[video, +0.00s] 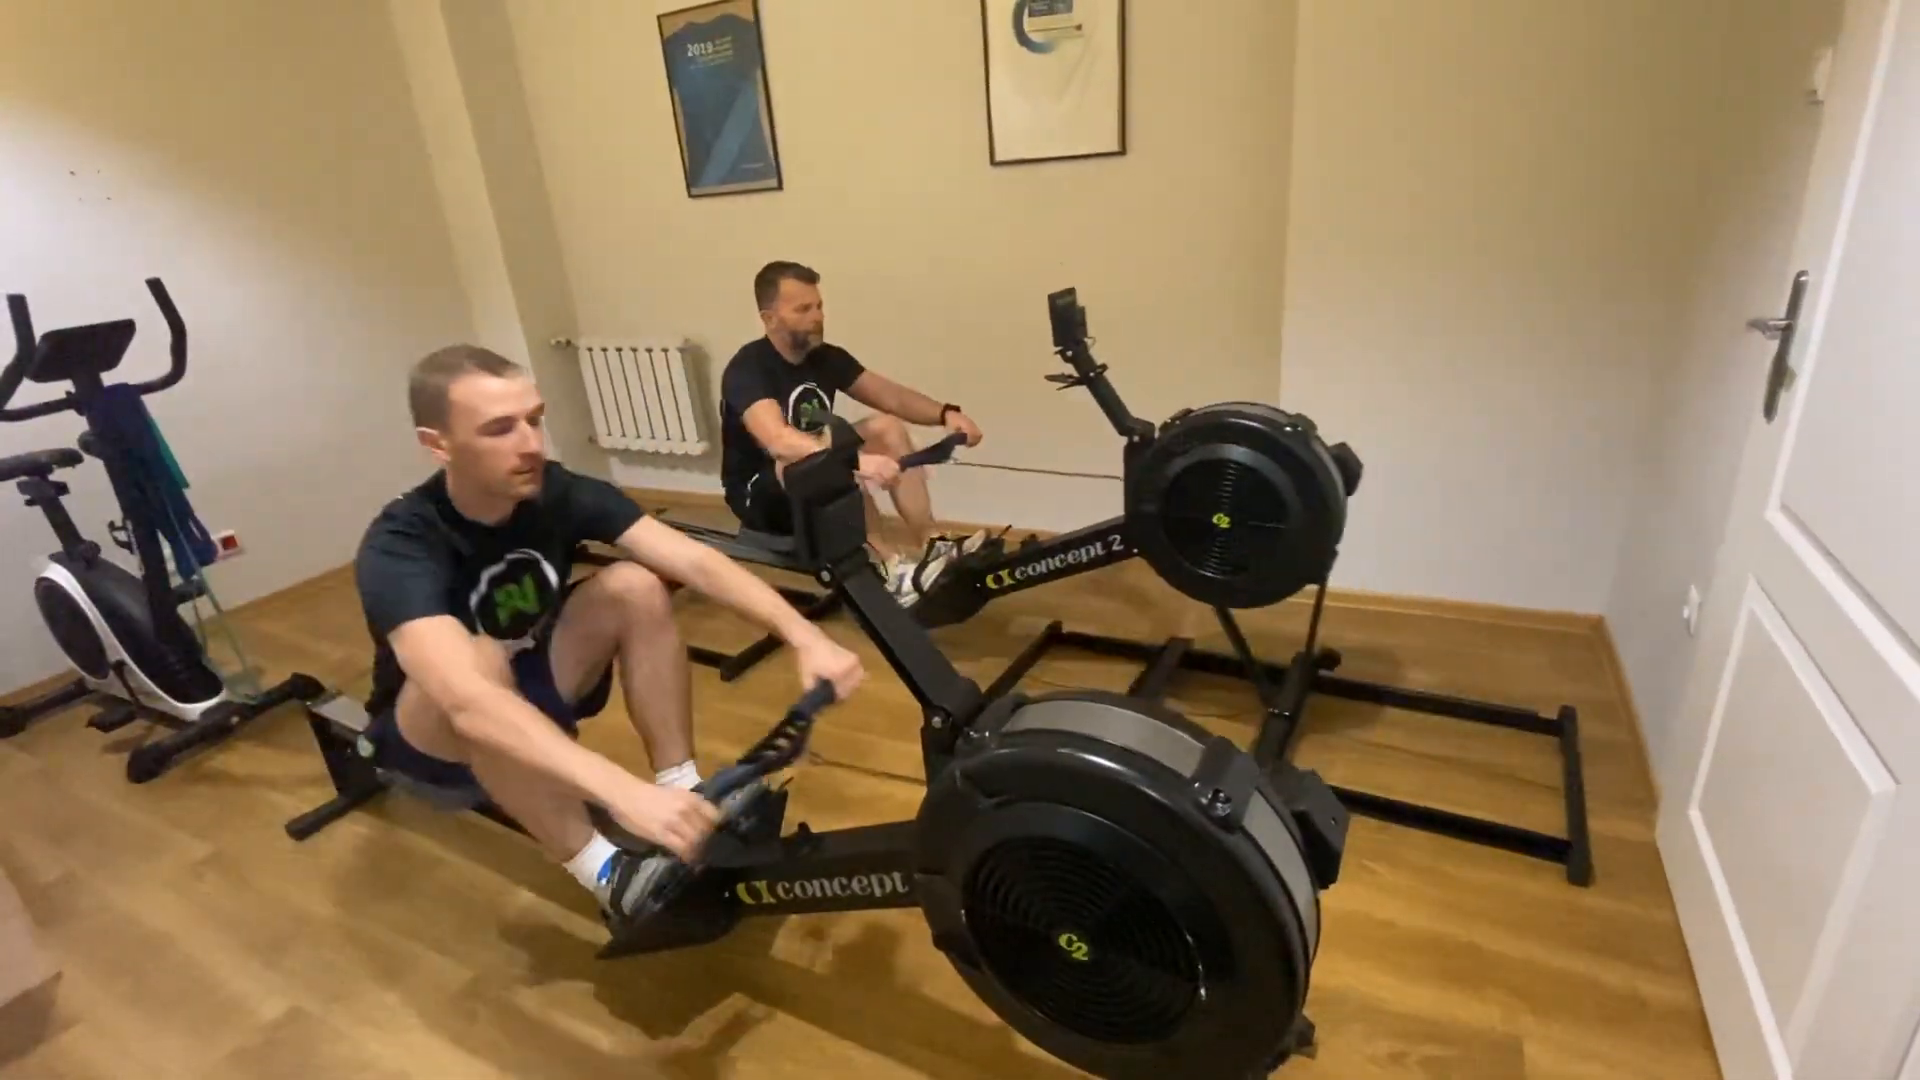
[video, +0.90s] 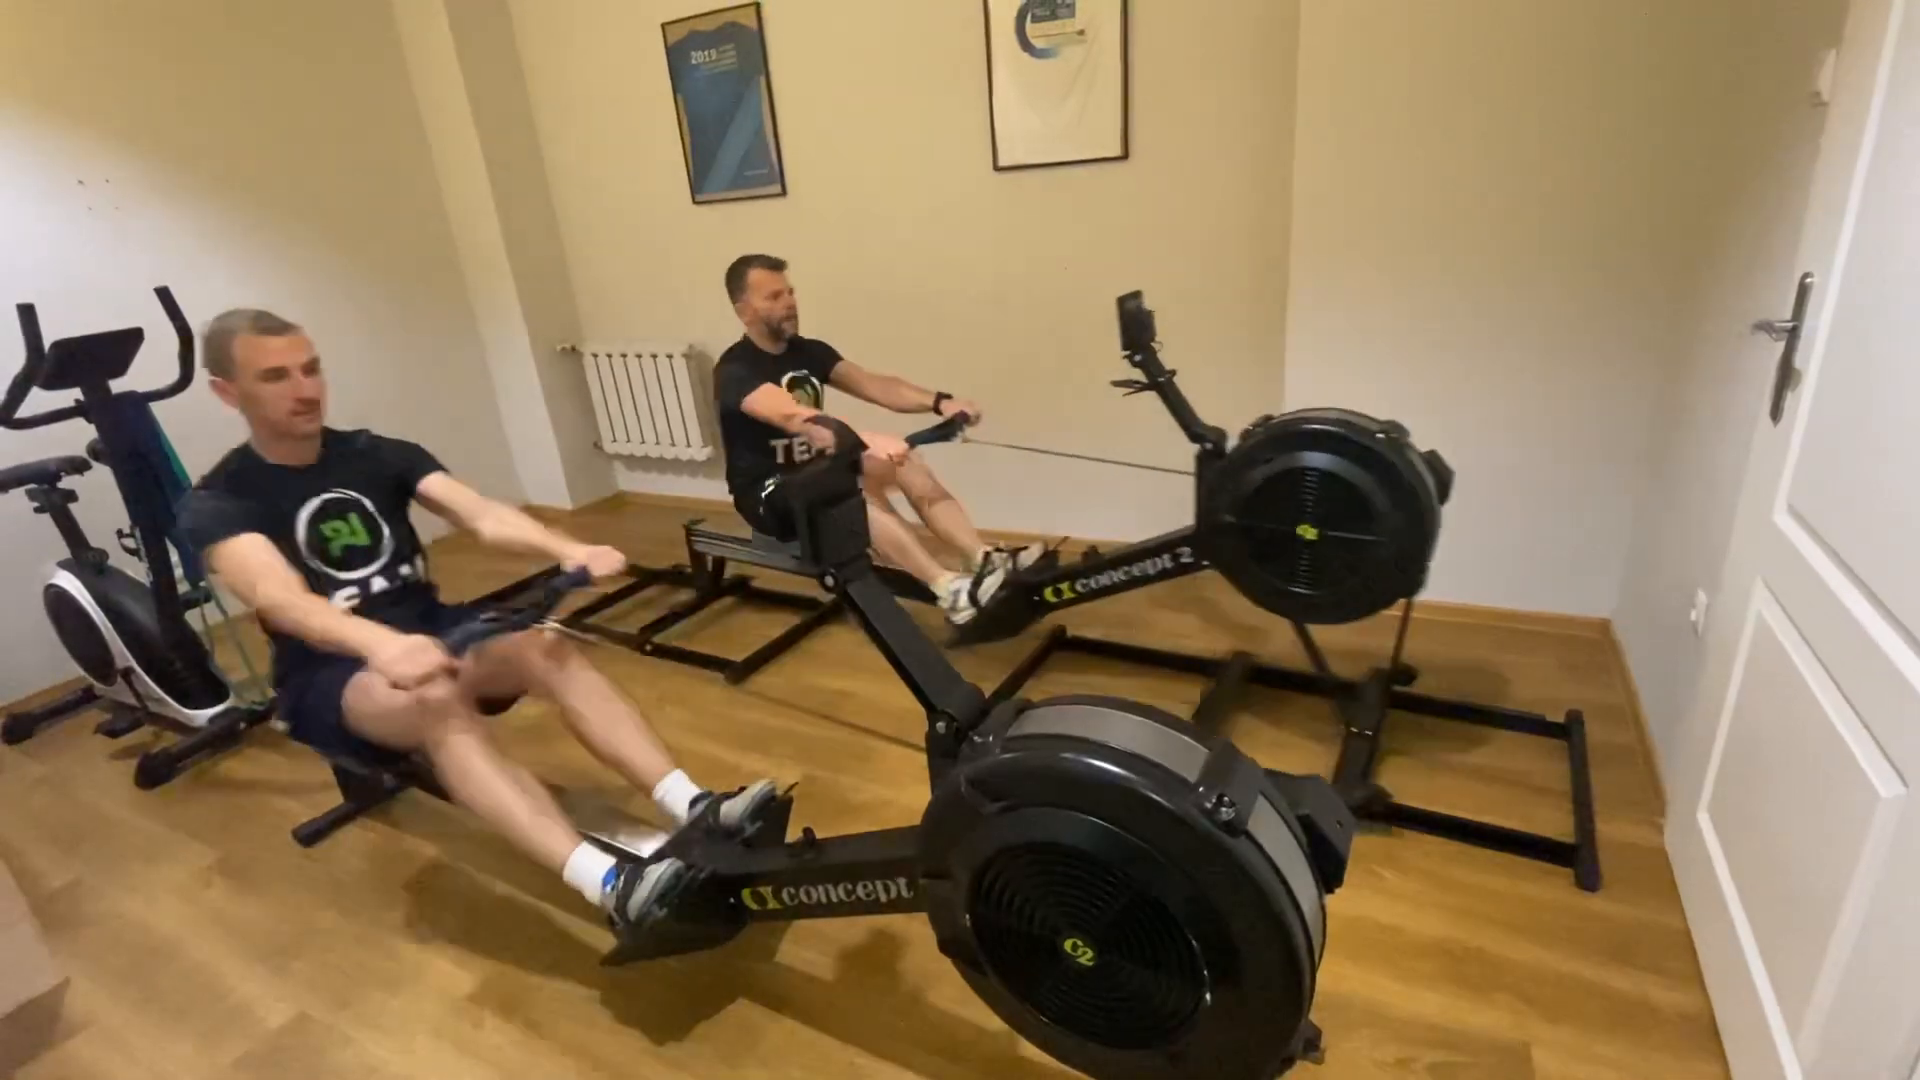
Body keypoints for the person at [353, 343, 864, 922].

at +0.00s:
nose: (530, 445)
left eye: (534, 420)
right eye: (500, 429)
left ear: (542, 416)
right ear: (438, 444)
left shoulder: (560, 494)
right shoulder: (402, 546)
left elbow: (693, 561)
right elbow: (465, 702)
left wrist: (805, 636)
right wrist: (622, 791)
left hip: (527, 686)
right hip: (431, 732)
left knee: (637, 591)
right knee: (472, 660)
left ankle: (683, 801)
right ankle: (607, 877)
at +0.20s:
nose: (585, 459)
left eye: (585, 435)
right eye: (553, 446)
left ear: (592, 430)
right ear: (488, 463)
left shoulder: (608, 513)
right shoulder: (445, 576)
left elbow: (745, 579)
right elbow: (547, 715)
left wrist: (862, 647)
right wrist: (703, 818)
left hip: (570, 715)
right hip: (467, 768)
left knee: (654, 590)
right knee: (498, 683)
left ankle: (683, 794)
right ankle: (610, 873)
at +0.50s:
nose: (532, 439)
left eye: (535, 415)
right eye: (502, 425)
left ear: (544, 413)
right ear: (442, 445)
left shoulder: (562, 497)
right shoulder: (409, 557)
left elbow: (691, 557)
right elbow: (508, 668)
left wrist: (815, 613)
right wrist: (663, 762)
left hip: (542, 719)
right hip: (444, 761)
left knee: (633, 591)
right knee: (489, 672)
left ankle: (700, 811)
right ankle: (614, 877)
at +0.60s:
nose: (472, 418)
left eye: (478, 396)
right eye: (441, 405)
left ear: (489, 395)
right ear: (386, 423)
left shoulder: (512, 481)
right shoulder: (356, 543)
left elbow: (631, 537)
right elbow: (457, 641)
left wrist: (752, 594)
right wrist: (585, 717)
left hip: (516, 687)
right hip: (415, 732)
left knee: (609, 592)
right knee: (471, 671)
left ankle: (693, 809)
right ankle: (615, 882)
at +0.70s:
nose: (395, 401)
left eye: (400, 379)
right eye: (367, 388)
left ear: (412, 377)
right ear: (315, 404)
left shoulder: (451, 466)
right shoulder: (292, 520)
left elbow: (565, 521)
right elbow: (380, 604)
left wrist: (676, 572)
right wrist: (494, 671)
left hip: (479, 647)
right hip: (372, 696)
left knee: (584, 601)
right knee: (461, 681)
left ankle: (693, 808)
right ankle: (614, 883)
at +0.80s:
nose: (350, 392)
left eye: (354, 370)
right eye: (320, 380)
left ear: (367, 368)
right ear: (269, 394)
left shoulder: (410, 458)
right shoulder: (256, 509)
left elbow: (523, 512)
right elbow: (336, 593)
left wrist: (623, 558)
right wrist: (441, 655)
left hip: (455, 633)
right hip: (353, 678)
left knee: (572, 622)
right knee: (453, 691)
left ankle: (695, 809)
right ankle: (613, 883)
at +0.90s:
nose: (305, 388)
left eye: (311, 368)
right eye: (280, 377)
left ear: (321, 367)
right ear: (228, 393)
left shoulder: (375, 456)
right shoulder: (216, 504)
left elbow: (479, 514)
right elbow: (281, 602)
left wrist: (566, 548)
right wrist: (377, 642)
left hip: (428, 629)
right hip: (328, 665)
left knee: (552, 649)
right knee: (436, 701)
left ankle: (695, 811)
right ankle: (610, 885)